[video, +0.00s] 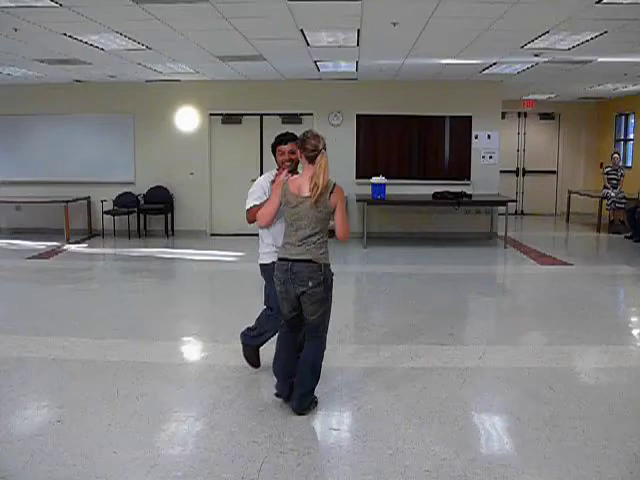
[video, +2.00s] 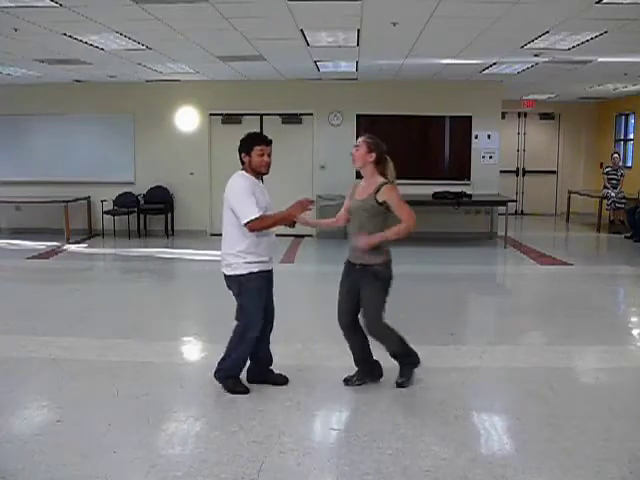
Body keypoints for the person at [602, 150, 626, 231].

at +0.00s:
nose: (615, 160)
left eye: (617, 158)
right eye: (614, 158)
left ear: (619, 160)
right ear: (611, 160)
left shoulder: (621, 171)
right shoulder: (607, 169)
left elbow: (621, 183)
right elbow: (605, 182)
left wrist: (617, 191)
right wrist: (611, 189)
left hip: (617, 188)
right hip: (608, 188)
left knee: (621, 197)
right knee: (612, 197)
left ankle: (620, 218)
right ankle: (612, 218)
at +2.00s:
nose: (615, 160)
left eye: (616, 158)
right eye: (613, 158)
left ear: (619, 160)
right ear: (611, 160)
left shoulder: (621, 170)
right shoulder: (607, 169)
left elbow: (621, 183)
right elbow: (605, 182)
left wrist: (617, 190)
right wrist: (611, 189)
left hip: (617, 188)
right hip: (608, 188)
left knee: (622, 196)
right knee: (611, 196)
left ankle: (621, 217)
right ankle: (611, 217)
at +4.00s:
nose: (615, 160)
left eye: (616, 158)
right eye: (613, 158)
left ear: (619, 160)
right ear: (611, 160)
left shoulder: (621, 171)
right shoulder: (607, 169)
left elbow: (621, 183)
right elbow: (605, 182)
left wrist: (617, 190)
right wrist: (611, 189)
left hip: (617, 188)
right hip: (608, 188)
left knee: (622, 196)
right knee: (612, 196)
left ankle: (621, 218)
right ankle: (612, 218)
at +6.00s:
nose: (615, 160)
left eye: (616, 158)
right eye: (613, 158)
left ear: (619, 160)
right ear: (611, 160)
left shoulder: (621, 170)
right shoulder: (606, 169)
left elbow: (621, 183)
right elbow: (605, 182)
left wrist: (617, 190)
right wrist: (611, 189)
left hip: (617, 188)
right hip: (608, 188)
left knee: (622, 196)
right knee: (611, 196)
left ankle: (621, 216)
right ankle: (611, 216)